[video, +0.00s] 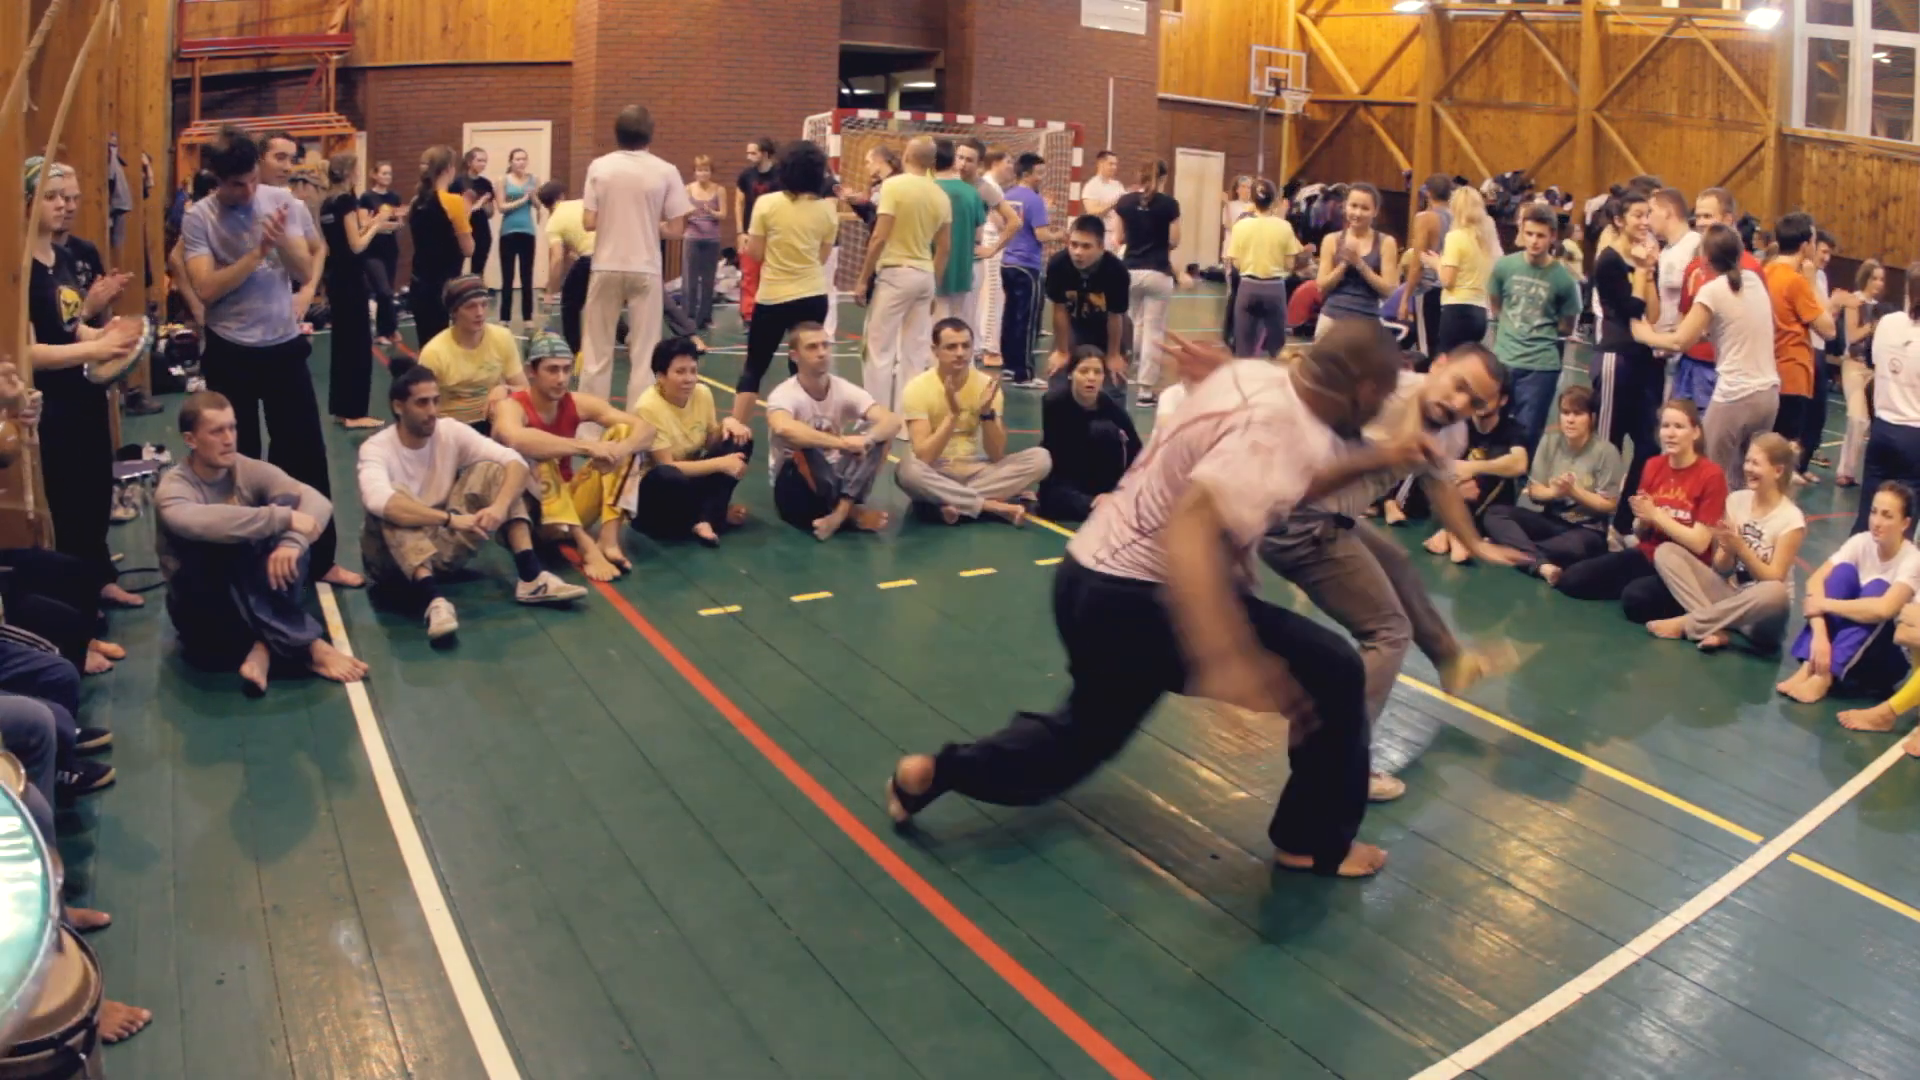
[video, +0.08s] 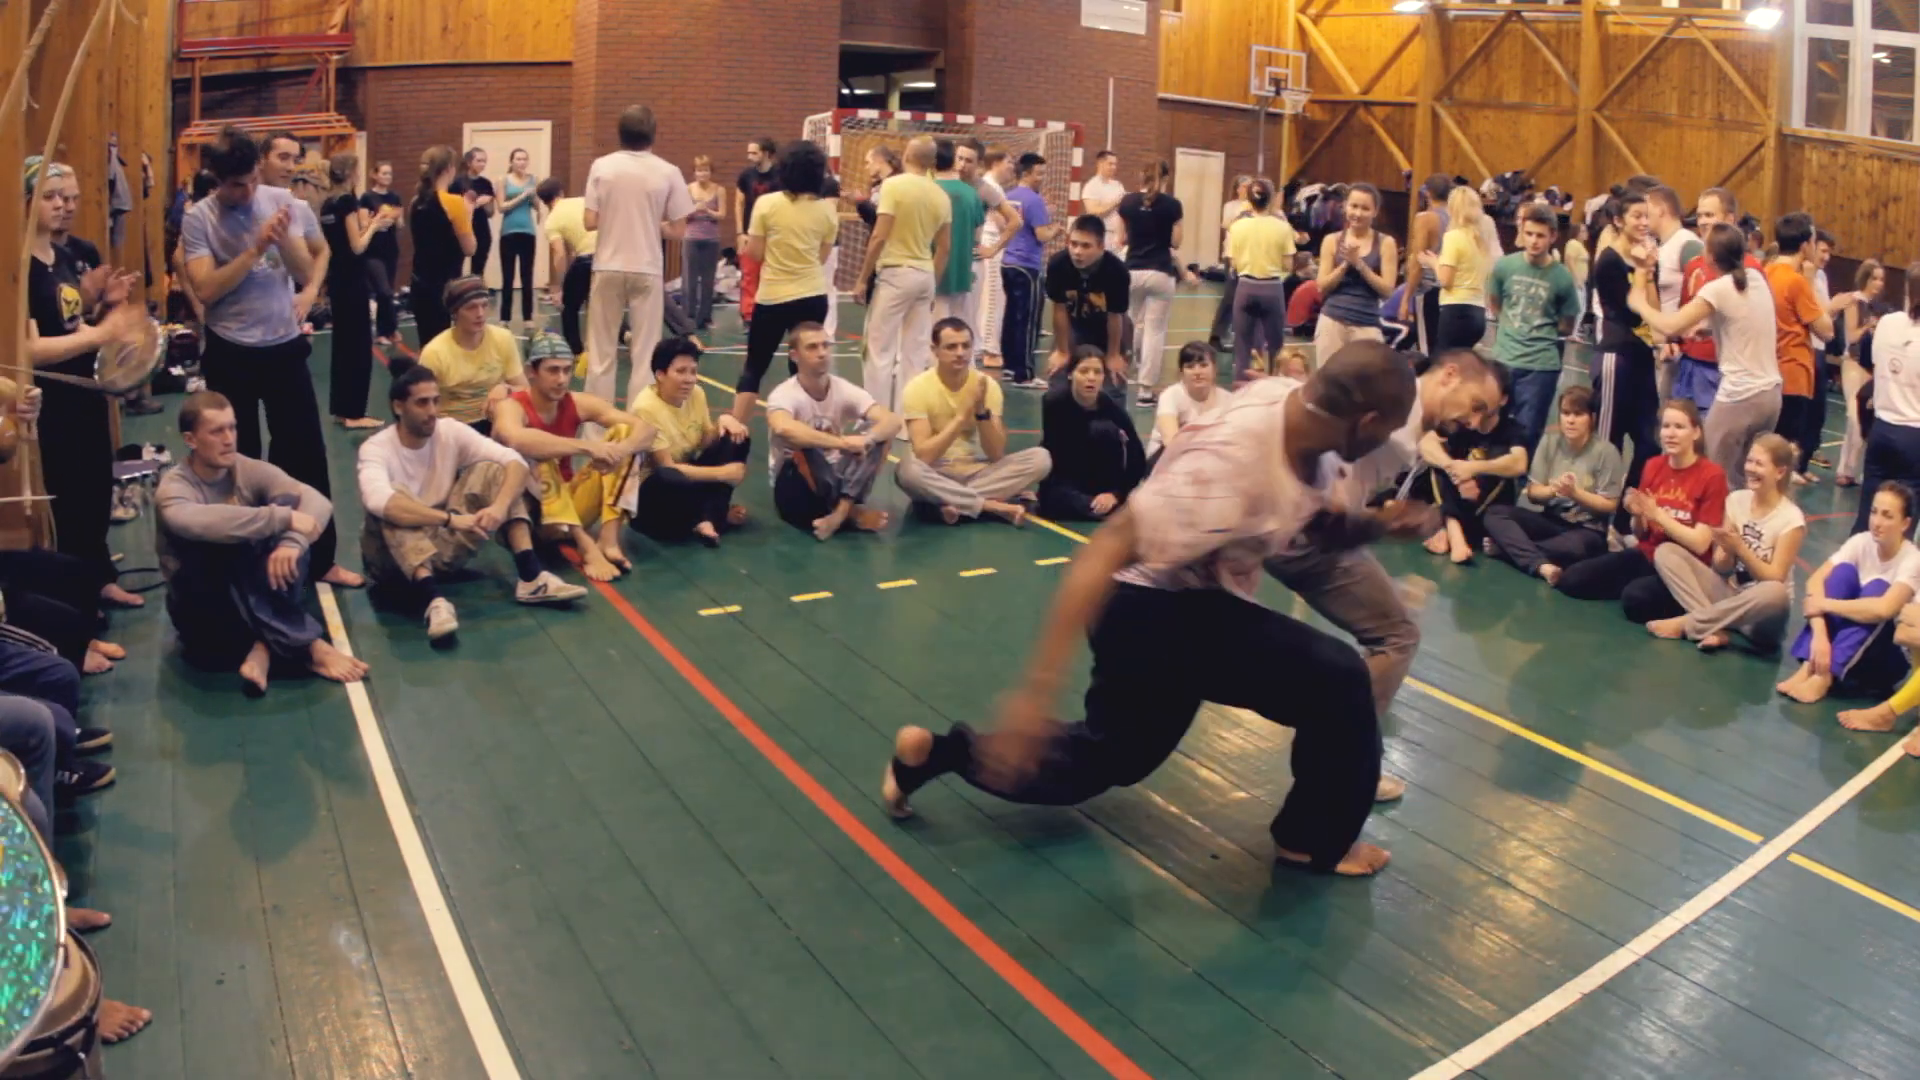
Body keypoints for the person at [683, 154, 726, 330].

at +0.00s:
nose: (701, 173)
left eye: (705, 170)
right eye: (698, 170)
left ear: (711, 171)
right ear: (694, 171)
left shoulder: (719, 190)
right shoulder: (688, 189)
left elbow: (723, 214)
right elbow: (682, 211)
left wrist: (710, 211)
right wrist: (693, 210)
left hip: (711, 237)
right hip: (692, 236)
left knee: (708, 281)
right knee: (690, 279)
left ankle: (705, 317)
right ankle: (689, 316)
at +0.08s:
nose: (701, 174)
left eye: (705, 170)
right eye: (698, 170)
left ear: (711, 172)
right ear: (694, 172)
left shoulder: (719, 190)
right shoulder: (689, 189)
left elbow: (722, 214)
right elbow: (683, 212)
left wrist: (707, 210)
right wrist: (696, 208)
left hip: (711, 237)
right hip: (692, 237)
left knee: (708, 281)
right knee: (690, 280)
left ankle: (705, 317)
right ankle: (689, 316)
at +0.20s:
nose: (701, 173)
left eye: (705, 170)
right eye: (698, 170)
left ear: (711, 172)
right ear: (694, 172)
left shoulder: (719, 190)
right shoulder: (689, 189)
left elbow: (723, 213)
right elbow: (683, 210)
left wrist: (708, 209)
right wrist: (695, 208)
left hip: (710, 238)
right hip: (691, 237)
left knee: (708, 282)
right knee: (690, 280)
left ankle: (705, 316)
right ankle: (690, 316)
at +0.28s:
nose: (701, 174)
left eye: (705, 170)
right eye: (698, 170)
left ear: (711, 172)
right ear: (694, 172)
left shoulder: (718, 190)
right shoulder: (689, 189)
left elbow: (724, 213)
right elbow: (682, 208)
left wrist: (712, 207)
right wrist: (693, 208)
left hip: (710, 238)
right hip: (691, 238)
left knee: (708, 281)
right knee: (690, 280)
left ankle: (705, 316)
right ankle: (690, 316)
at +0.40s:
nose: (702, 173)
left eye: (705, 170)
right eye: (699, 170)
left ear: (711, 171)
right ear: (695, 171)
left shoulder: (718, 190)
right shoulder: (689, 189)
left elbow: (723, 213)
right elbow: (683, 211)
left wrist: (709, 210)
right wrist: (696, 208)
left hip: (710, 238)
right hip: (691, 238)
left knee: (707, 282)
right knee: (690, 281)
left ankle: (705, 318)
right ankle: (690, 319)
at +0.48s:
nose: (702, 173)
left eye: (705, 170)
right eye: (699, 170)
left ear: (711, 171)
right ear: (695, 171)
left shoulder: (719, 190)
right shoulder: (689, 189)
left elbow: (726, 214)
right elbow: (683, 210)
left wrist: (708, 214)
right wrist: (693, 213)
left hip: (710, 239)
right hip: (691, 239)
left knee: (707, 281)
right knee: (690, 281)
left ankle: (706, 317)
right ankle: (691, 318)